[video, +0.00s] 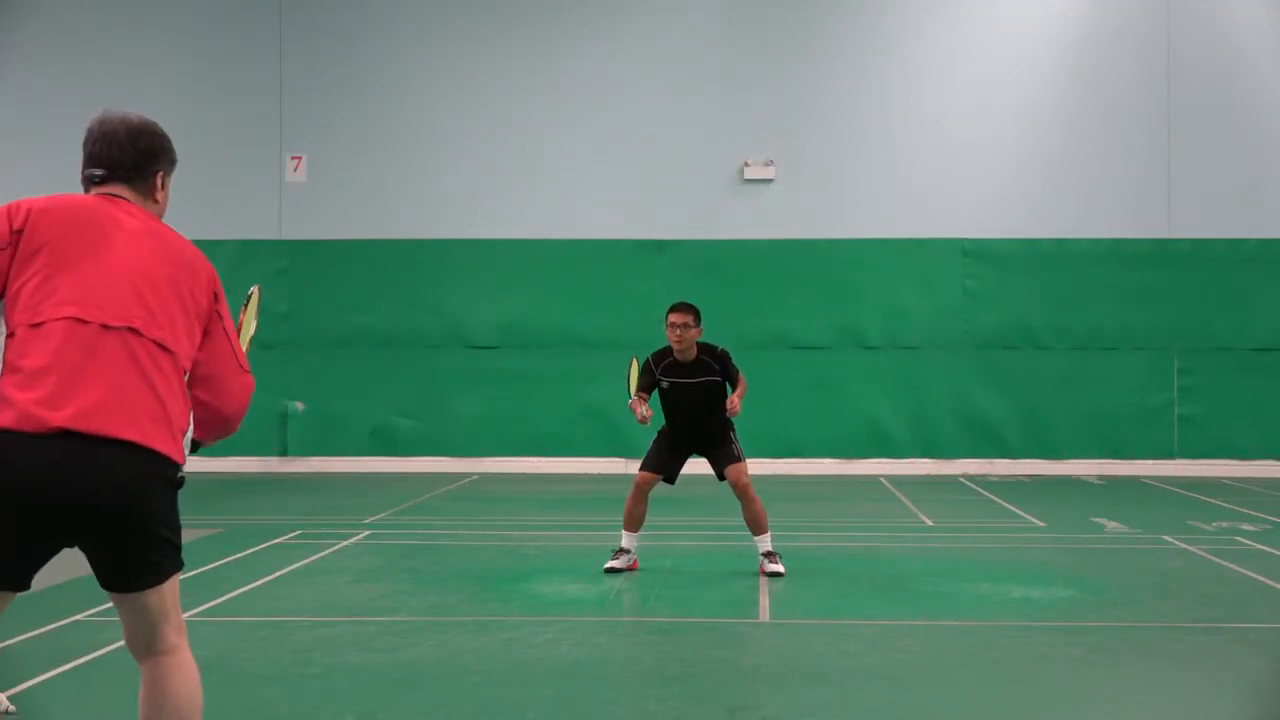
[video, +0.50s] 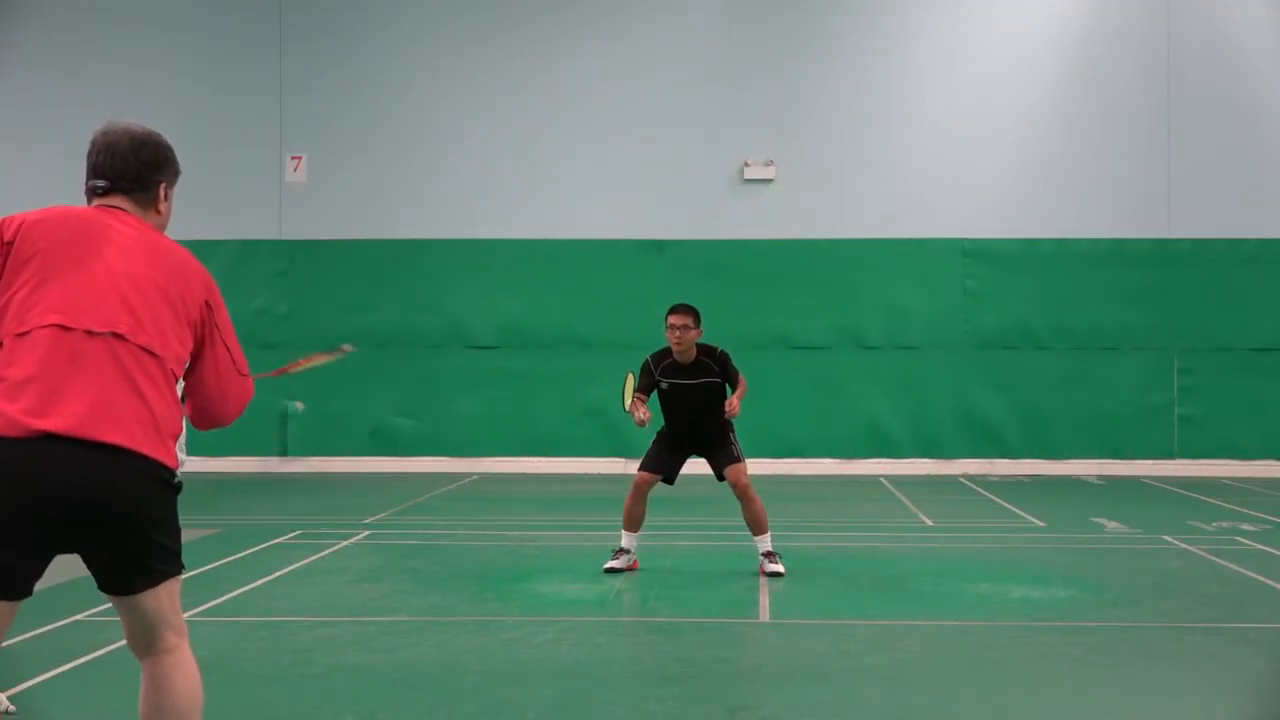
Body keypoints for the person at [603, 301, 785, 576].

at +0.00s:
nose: (677, 333)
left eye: (684, 327)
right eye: (672, 327)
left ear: (698, 330)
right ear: (666, 330)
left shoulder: (716, 357)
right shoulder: (657, 361)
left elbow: (739, 381)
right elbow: (639, 397)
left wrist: (737, 397)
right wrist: (641, 409)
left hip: (716, 433)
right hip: (675, 433)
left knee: (742, 484)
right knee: (641, 483)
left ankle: (767, 553)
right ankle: (626, 551)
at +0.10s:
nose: (677, 334)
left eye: (684, 328)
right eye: (672, 328)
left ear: (697, 332)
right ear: (666, 331)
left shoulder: (717, 358)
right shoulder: (656, 363)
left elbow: (740, 382)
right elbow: (640, 397)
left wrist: (737, 398)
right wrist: (641, 410)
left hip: (716, 433)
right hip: (675, 434)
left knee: (741, 483)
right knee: (641, 483)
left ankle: (767, 553)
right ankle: (626, 551)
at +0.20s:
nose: (677, 334)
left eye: (684, 329)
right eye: (672, 328)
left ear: (697, 332)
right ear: (666, 331)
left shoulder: (716, 358)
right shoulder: (656, 363)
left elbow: (740, 382)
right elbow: (639, 397)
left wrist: (737, 398)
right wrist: (640, 411)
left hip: (716, 433)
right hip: (675, 434)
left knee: (741, 484)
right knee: (641, 483)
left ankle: (767, 553)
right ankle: (626, 551)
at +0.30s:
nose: (677, 335)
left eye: (684, 329)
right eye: (671, 328)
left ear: (697, 332)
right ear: (666, 331)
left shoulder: (716, 358)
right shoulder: (656, 363)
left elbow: (740, 382)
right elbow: (638, 398)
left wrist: (736, 398)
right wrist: (640, 411)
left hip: (716, 433)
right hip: (674, 435)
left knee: (741, 484)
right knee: (640, 483)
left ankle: (767, 553)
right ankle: (626, 551)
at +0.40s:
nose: (677, 334)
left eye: (684, 328)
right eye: (671, 328)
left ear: (697, 332)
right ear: (666, 331)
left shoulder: (716, 358)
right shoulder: (656, 363)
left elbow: (740, 382)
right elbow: (638, 398)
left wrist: (736, 398)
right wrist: (640, 412)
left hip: (716, 433)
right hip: (674, 434)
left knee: (741, 484)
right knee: (640, 483)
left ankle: (767, 553)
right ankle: (626, 551)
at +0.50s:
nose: (677, 334)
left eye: (684, 328)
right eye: (672, 328)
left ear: (697, 332)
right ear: (666, 331)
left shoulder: (716, 358)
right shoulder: (656, 363)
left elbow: (740, 382)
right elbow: (638, 398)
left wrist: (737, 398)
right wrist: (640, 412)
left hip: (716, 434)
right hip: (674, 435)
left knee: (741, 484)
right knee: (640, 483)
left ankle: (767, 553)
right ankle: (626, 551)